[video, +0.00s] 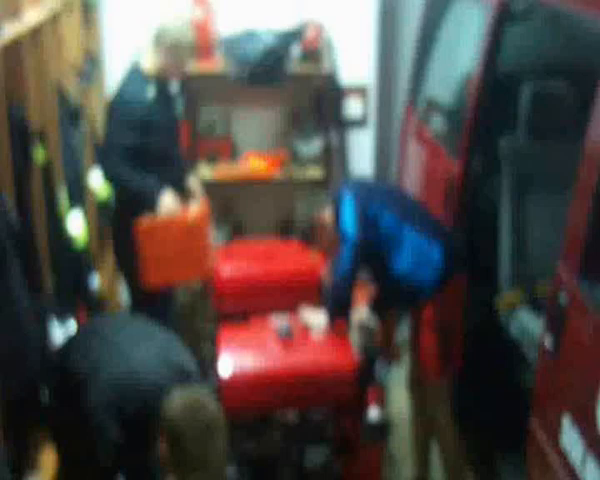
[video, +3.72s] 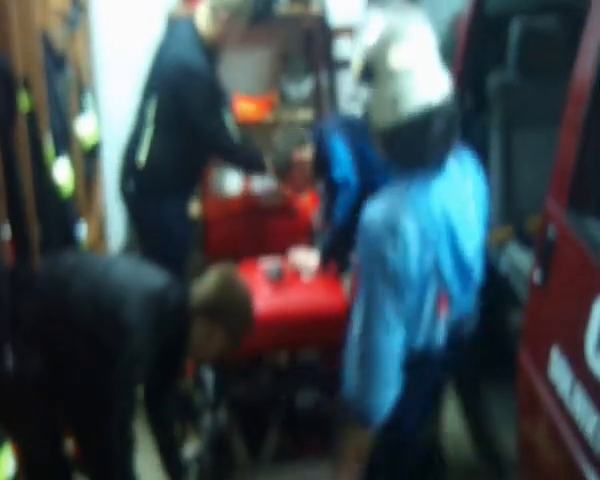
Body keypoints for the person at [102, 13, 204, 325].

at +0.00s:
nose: (183, 66)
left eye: (186, 57)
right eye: (178, 56)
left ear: (178, 53)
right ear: (161, 50)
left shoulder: (164, 90)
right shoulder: (133, 96)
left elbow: (167, 150)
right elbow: (114, 161)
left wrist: (185, 177)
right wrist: (156, 193)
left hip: (162, 217)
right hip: (136, 221)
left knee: (163, 305)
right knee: (149, 308)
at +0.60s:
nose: (192, 85)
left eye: (193, 77)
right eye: (188, 77)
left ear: (173, 68)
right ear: (171, 69)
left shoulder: (165, 105)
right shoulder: (147, 114)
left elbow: (175, 168)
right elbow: (151, 182)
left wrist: (193, 202)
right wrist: (188, 214)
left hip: (157, 237)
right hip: (140, 242)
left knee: (163, 325)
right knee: (156, 328)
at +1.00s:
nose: (200, 107)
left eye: (202, 98)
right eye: (197, 98)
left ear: (177, 89)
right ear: (178, 92)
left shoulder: (167, 120)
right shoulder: (153, 138)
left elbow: (172, 191)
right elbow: (144, 216)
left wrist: (193, 226)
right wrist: (180, 259)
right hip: (148, 261)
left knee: (163, 346)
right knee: (158, 349)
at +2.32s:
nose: (177, 81)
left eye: (180, 73)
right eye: (174, 72)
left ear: (161, 68)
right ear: (155, 67)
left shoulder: (157, 103)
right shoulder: (132, 119)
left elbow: (169, 168)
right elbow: (147, 196)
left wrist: (202, 183)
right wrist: (206, 218)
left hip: (156, 241)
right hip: (140, 249)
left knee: (157, 336)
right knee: (163, 340)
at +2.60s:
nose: (194, 77)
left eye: (196, 69)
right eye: (192, 69)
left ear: (175, 59)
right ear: (172, 59)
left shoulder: (159, 90)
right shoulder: (152, 108)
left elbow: (190, 137)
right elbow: (181, 178)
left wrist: (230, 165)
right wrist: (241, 200)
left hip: (159, 230)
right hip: (153, 240)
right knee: (165, 330)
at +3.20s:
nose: (236, 67)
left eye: (238, 58)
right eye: (235, 58)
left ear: (211, 43)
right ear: (220, 52)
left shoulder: (183, 65)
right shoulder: (186, 94)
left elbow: (207, 138)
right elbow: (210, 170)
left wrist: (241, 169)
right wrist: (261, 206)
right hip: (154, 215)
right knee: (166, 305)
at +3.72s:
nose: (238, 36)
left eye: (241, 28)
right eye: (239, 27)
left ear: (215, 13)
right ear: (224, 19)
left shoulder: (182, 36)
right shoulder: (192, 62)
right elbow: (213, 137)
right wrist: (258, 163)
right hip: (158, 185)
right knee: (170, 273)